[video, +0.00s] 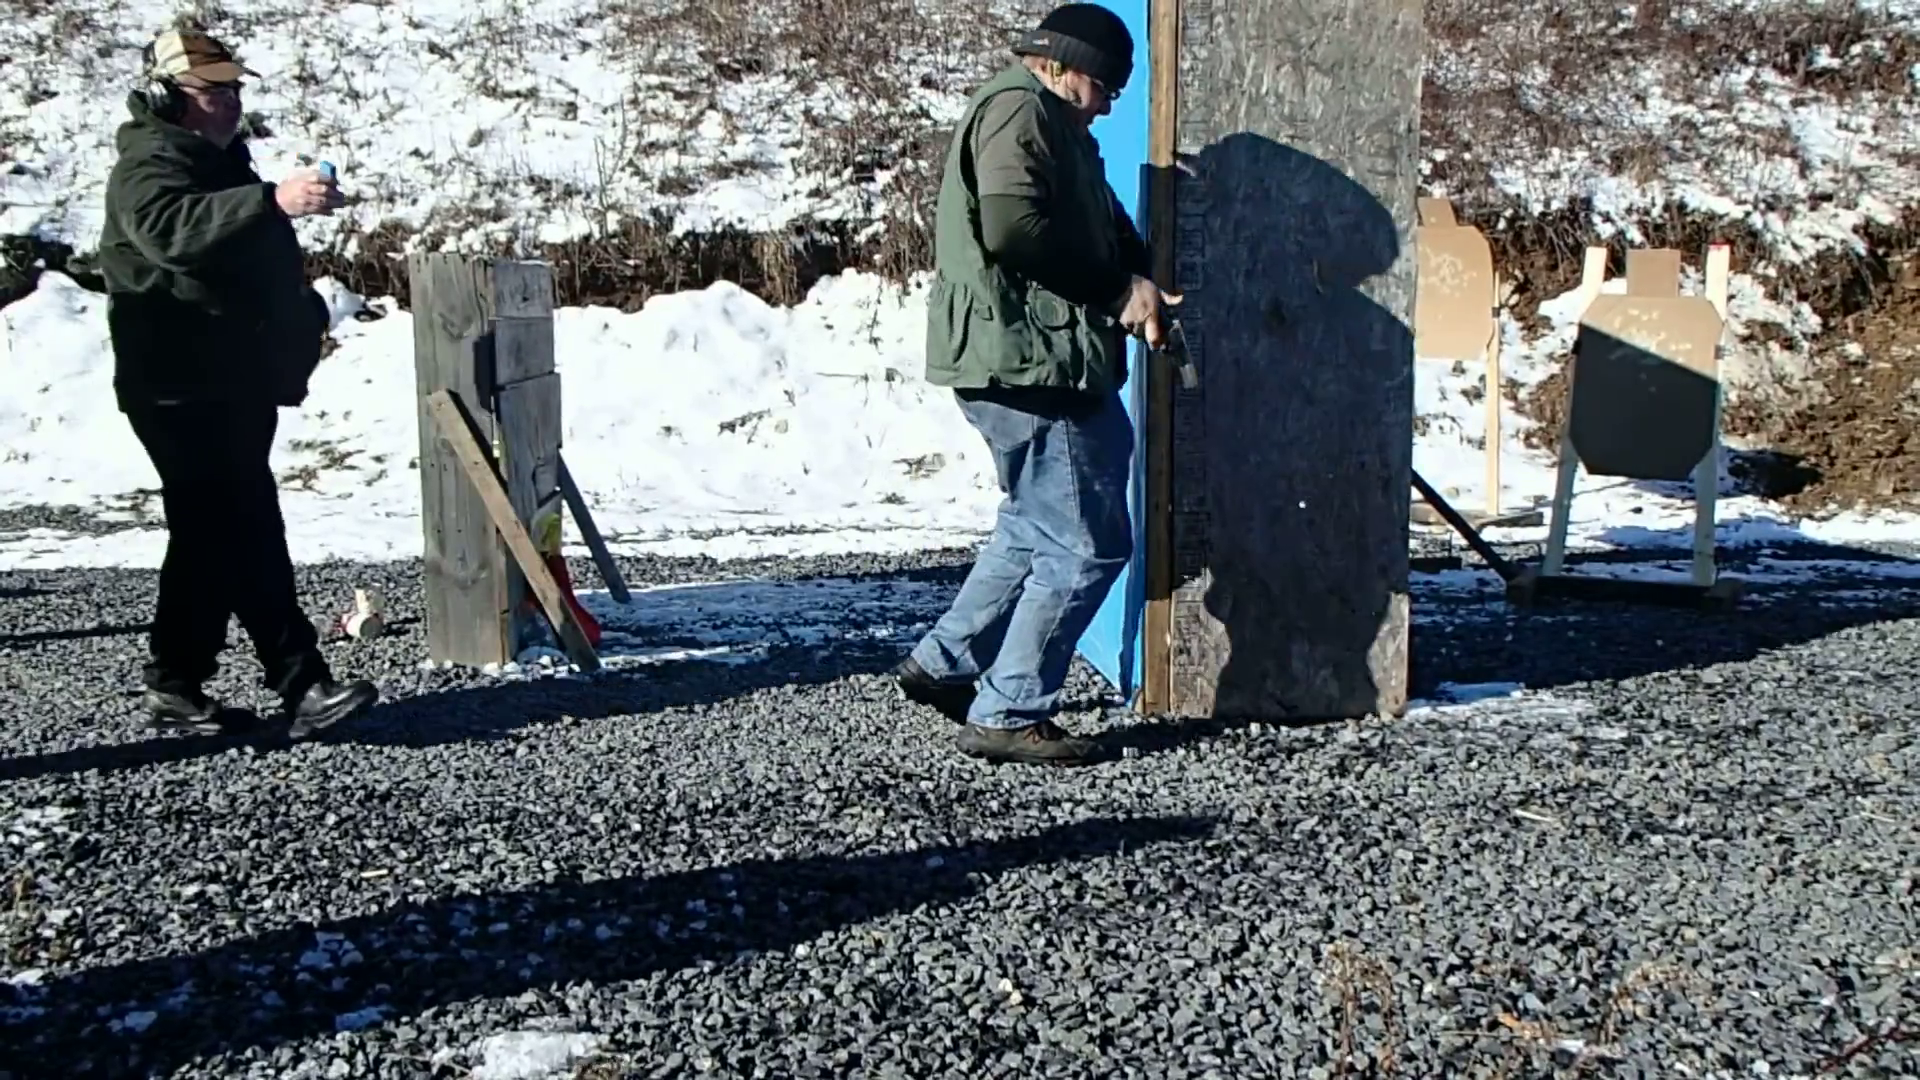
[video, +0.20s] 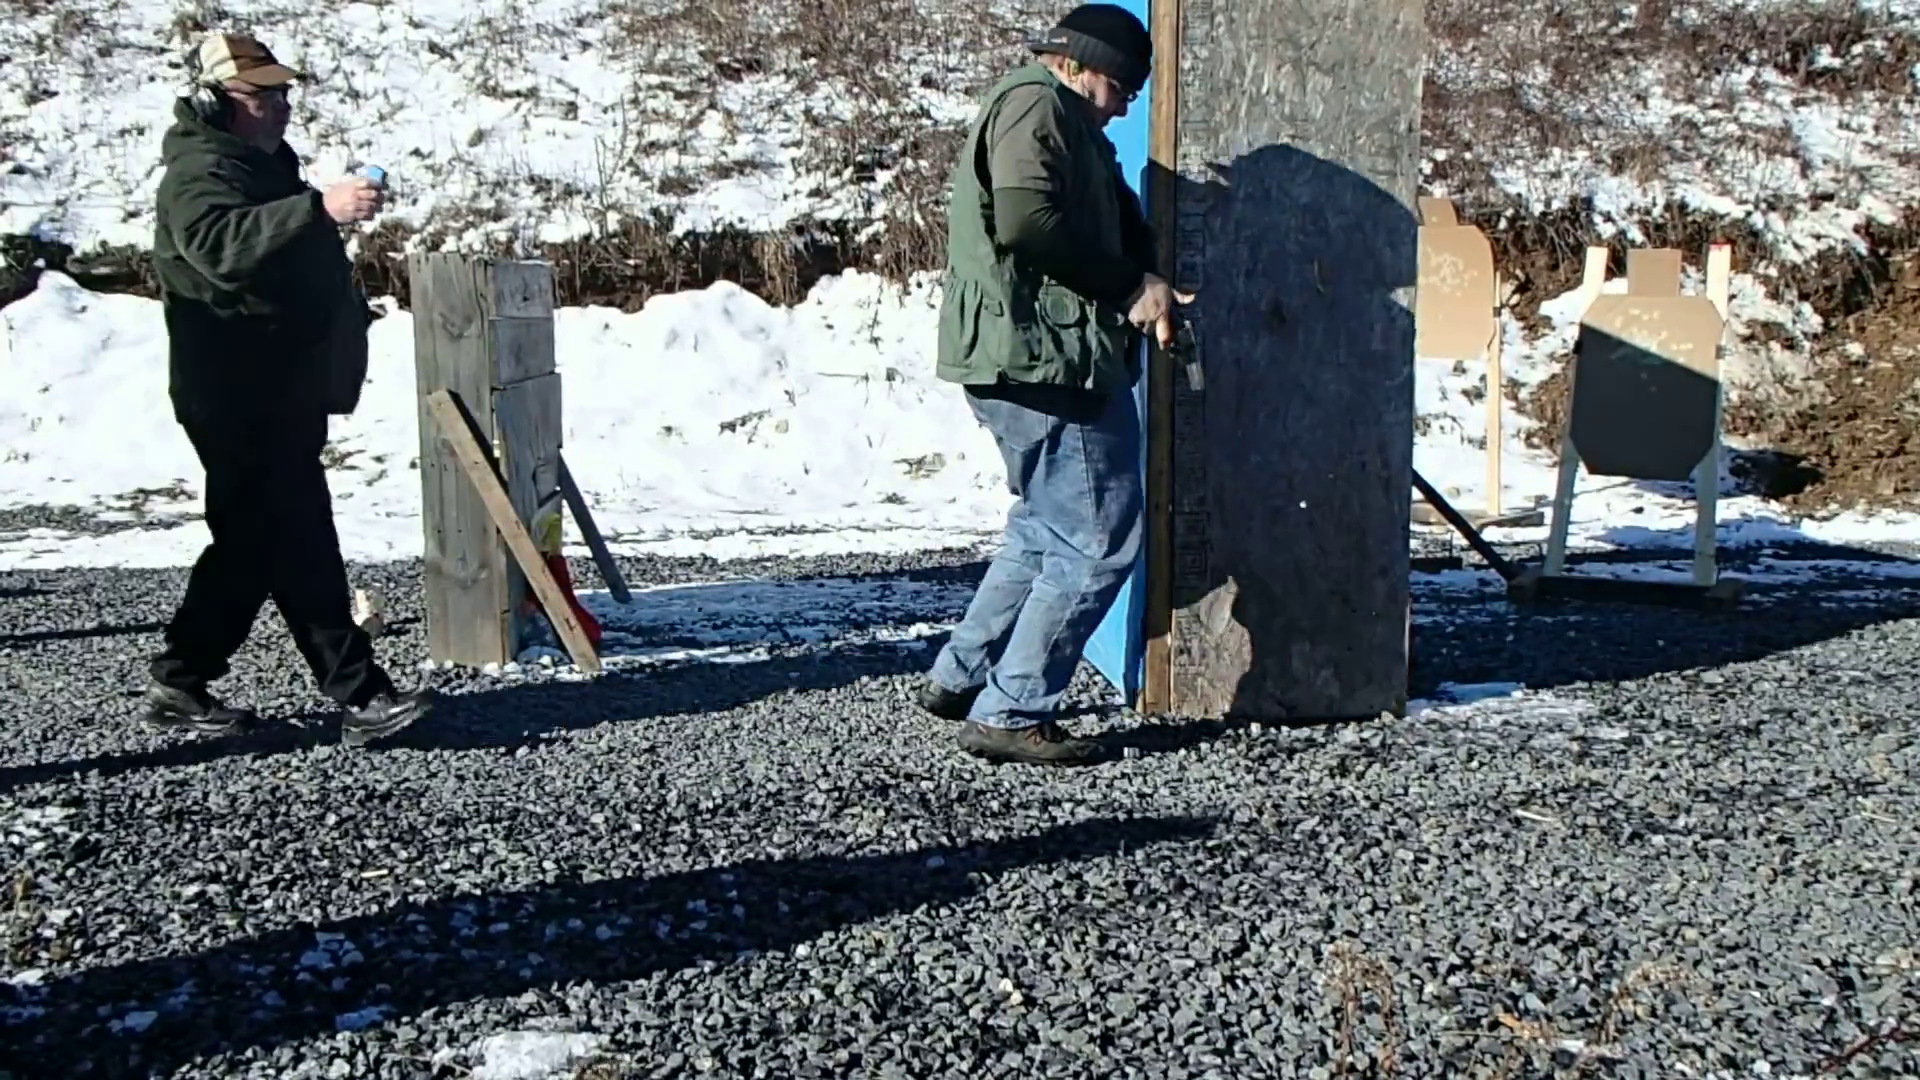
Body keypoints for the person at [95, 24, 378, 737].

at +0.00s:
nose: (234, 102)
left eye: (235, 89)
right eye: (219, 90)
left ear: (230, 90)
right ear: (179, 93)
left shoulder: (226, 161)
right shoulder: (147, 160)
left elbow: (258, 263)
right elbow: (175, 235)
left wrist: (304, 323)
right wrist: (273, 199)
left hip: (235, 383)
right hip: (180, 391)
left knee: (208, 533)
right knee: (249, 530)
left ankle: (174, 682)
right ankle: (302, 686)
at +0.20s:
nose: (283, 106)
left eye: (283, 94)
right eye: (270, 95)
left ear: (259, 98)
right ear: (232, 100)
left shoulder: (267, 161)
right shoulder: (198, 167)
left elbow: (282, 266)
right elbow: (221, 254)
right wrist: (320, 206)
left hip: (283, 390)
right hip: (240, 398)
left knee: (252, 539)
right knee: (301, 540)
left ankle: (179, 678)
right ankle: (360, 696)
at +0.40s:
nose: (344, 95)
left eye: (342, 83)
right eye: (331, 85)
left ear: (310, 96)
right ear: (293, 95)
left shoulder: (322, 156)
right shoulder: (257, 168)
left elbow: (354, 260)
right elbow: (277, 264)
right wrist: (379, 225)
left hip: (340, 386)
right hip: (296, 393)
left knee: (317, 538)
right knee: (355, 543)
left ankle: (214, 654)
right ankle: (380, 707)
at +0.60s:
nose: (398, 85)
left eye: (395, 72)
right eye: (383, 73)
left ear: (365, 84)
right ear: (342, 83)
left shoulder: (380, 148)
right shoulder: (304, 161)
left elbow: (410, 249)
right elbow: (324, 266)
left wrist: (456, 253)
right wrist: (426, 234)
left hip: (402, 378)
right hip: (338, 385)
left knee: (420, 525)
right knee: (373, 536)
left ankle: (300, 630)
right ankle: (380, 708)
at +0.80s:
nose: (443, 77)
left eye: (442, 64)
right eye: (428, 66)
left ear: (417, 76)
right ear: (385, 75)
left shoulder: (437, 147)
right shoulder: (344, 158)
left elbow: (468, 239)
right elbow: (356, 265)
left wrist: (505, 263)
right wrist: (464, 236)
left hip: (456, 380)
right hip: (381, 387)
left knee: (482, 537)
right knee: (396, 544)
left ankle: (477, 693)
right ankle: (382, 708)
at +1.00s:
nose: (493, 84)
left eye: (493, 70)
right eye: (480, 71)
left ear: (465, 80)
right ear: (437, 81)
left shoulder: (486, 156)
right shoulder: (392, 168)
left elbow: (525, 252)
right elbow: (407, 266)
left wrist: (554, 246)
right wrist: (508, 238)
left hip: (506, 387)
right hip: (434, 396)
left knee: (530, 545)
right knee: (428, 557)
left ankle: (571, 694)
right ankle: (384, 717)